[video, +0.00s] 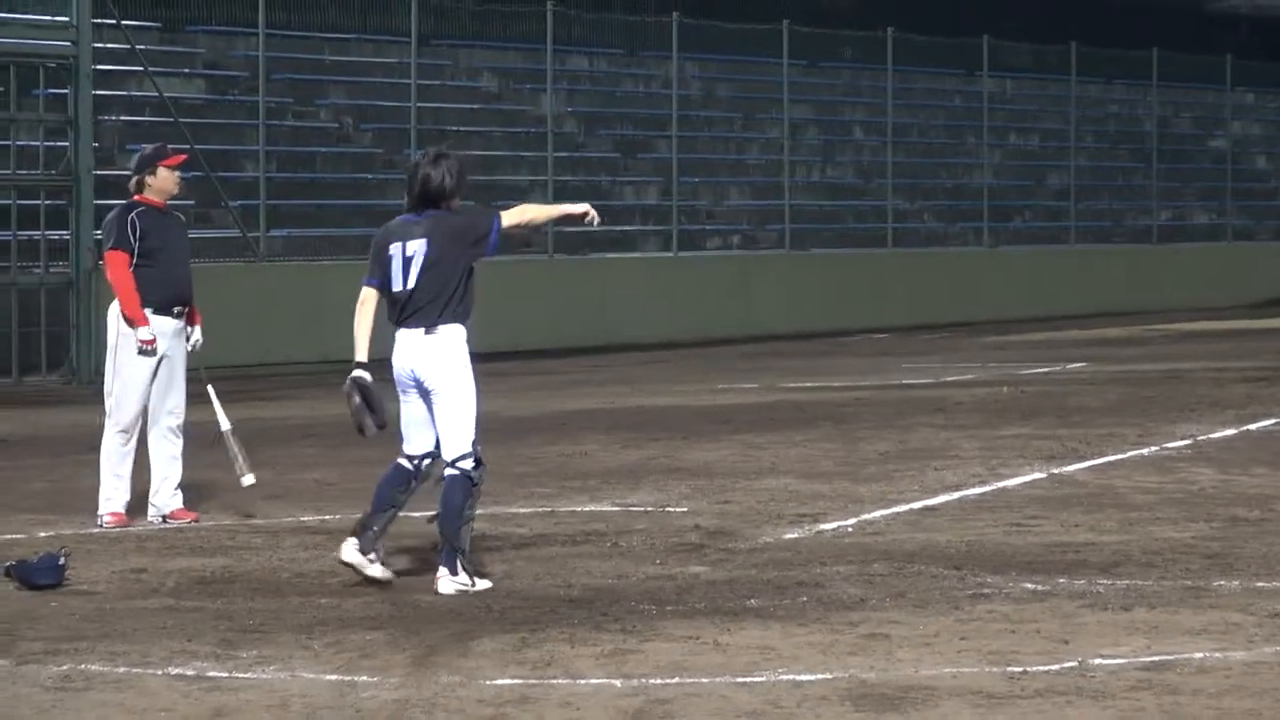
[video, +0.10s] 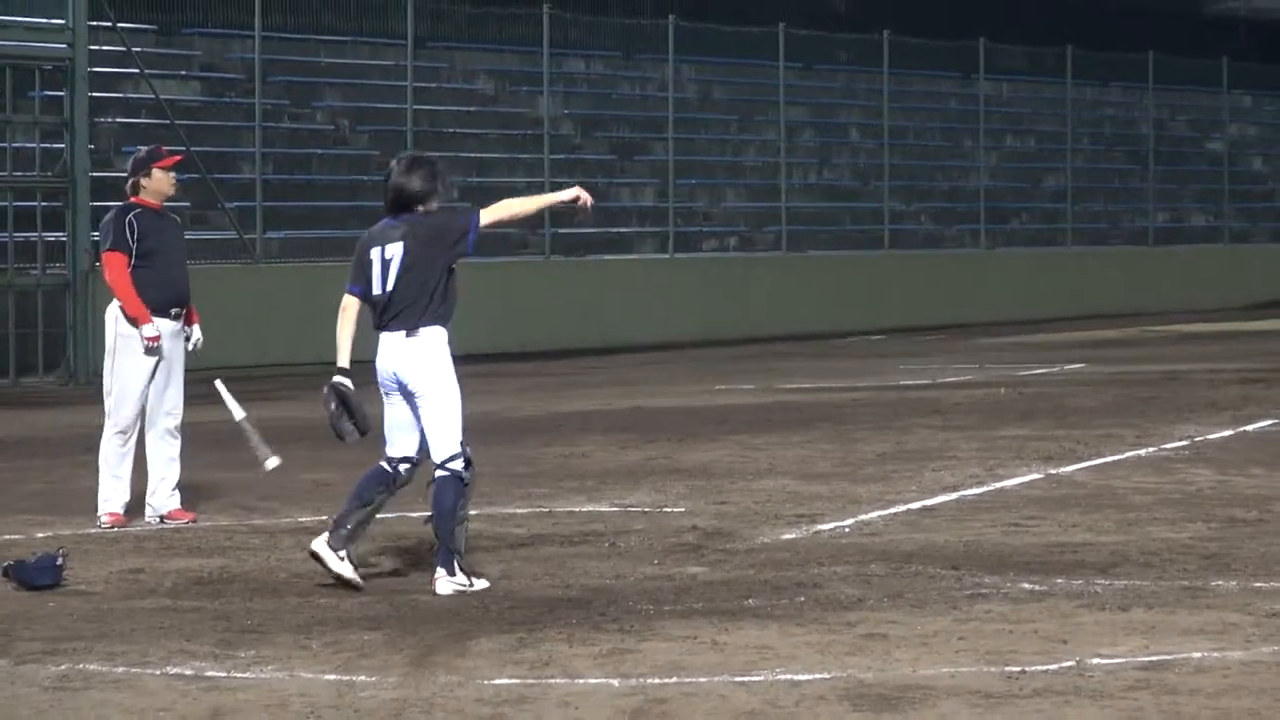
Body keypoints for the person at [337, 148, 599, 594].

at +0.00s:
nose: (462, 192)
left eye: (459, 185)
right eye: (459, 186)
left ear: (414, 188)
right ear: (451, 191)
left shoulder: (390, 233)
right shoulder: (460, 225)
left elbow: (367, 301)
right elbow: (518, 216)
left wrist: (359, 364)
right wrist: (568, 209)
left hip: (403, 350)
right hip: (445, 349)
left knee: (417, 454)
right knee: (462, 461)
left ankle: (363, 544)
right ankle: (452, 568)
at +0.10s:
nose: (442, 197)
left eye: (439, 190)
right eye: (439, 191)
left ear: (394, 195)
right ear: (429, 196)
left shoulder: (373, 237)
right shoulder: (440, 226)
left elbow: (349, 305)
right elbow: (503, 211)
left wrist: (340, 371)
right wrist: (559, 196)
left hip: (387, 352)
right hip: (426, 350)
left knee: (401, 459)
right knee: (452, 461)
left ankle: (335, 541)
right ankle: (449, 570)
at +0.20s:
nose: (422, 206)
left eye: (420, 198)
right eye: (417, 200)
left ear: (377, 207)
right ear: (401, 205)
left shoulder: (355, 250)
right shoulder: (416, 234)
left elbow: (333, 318)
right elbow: (476, 222)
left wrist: (326, 383)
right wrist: (537, 202)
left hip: (365, 361)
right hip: (404, 359)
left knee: (372, 473)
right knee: (439, 467)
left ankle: (316, 561)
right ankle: (447, 574)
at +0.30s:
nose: (408, 203)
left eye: (405, 195)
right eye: (402, 197)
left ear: (364, 205)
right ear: (383, 203)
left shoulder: (342, 249)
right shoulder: (394, 234)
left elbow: (319, 318)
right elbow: (446, 231)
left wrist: (318, 383)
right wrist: (512, 215)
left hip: (340, 358)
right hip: (378, 355)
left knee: (354, 469)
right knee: (421, 462)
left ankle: (308, 565)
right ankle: (445, 569)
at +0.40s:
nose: (393, 205)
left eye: (391, 197)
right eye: (388, 198)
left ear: (350, 203)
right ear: (370, 201)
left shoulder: (326, 247)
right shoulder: (366, 231)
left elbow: (302, 319)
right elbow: (393, 247)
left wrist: (303, 383)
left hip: (321, 355)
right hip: (354, 352)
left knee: (345, 464)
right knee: (398, 458)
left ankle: (305, 566)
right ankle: (411, 567)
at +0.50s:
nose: (381, 203)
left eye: (380, 194)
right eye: (377, 195)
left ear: (339, 198)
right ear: (360, 196)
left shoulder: (320, 239)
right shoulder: (355, 225)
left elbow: (294, 314)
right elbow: (345, 254)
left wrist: (293, 376)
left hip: (313, 350)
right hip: (341, 346)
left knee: (336, 459)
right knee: (382, 456)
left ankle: (308, 564)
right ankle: (362, 561)